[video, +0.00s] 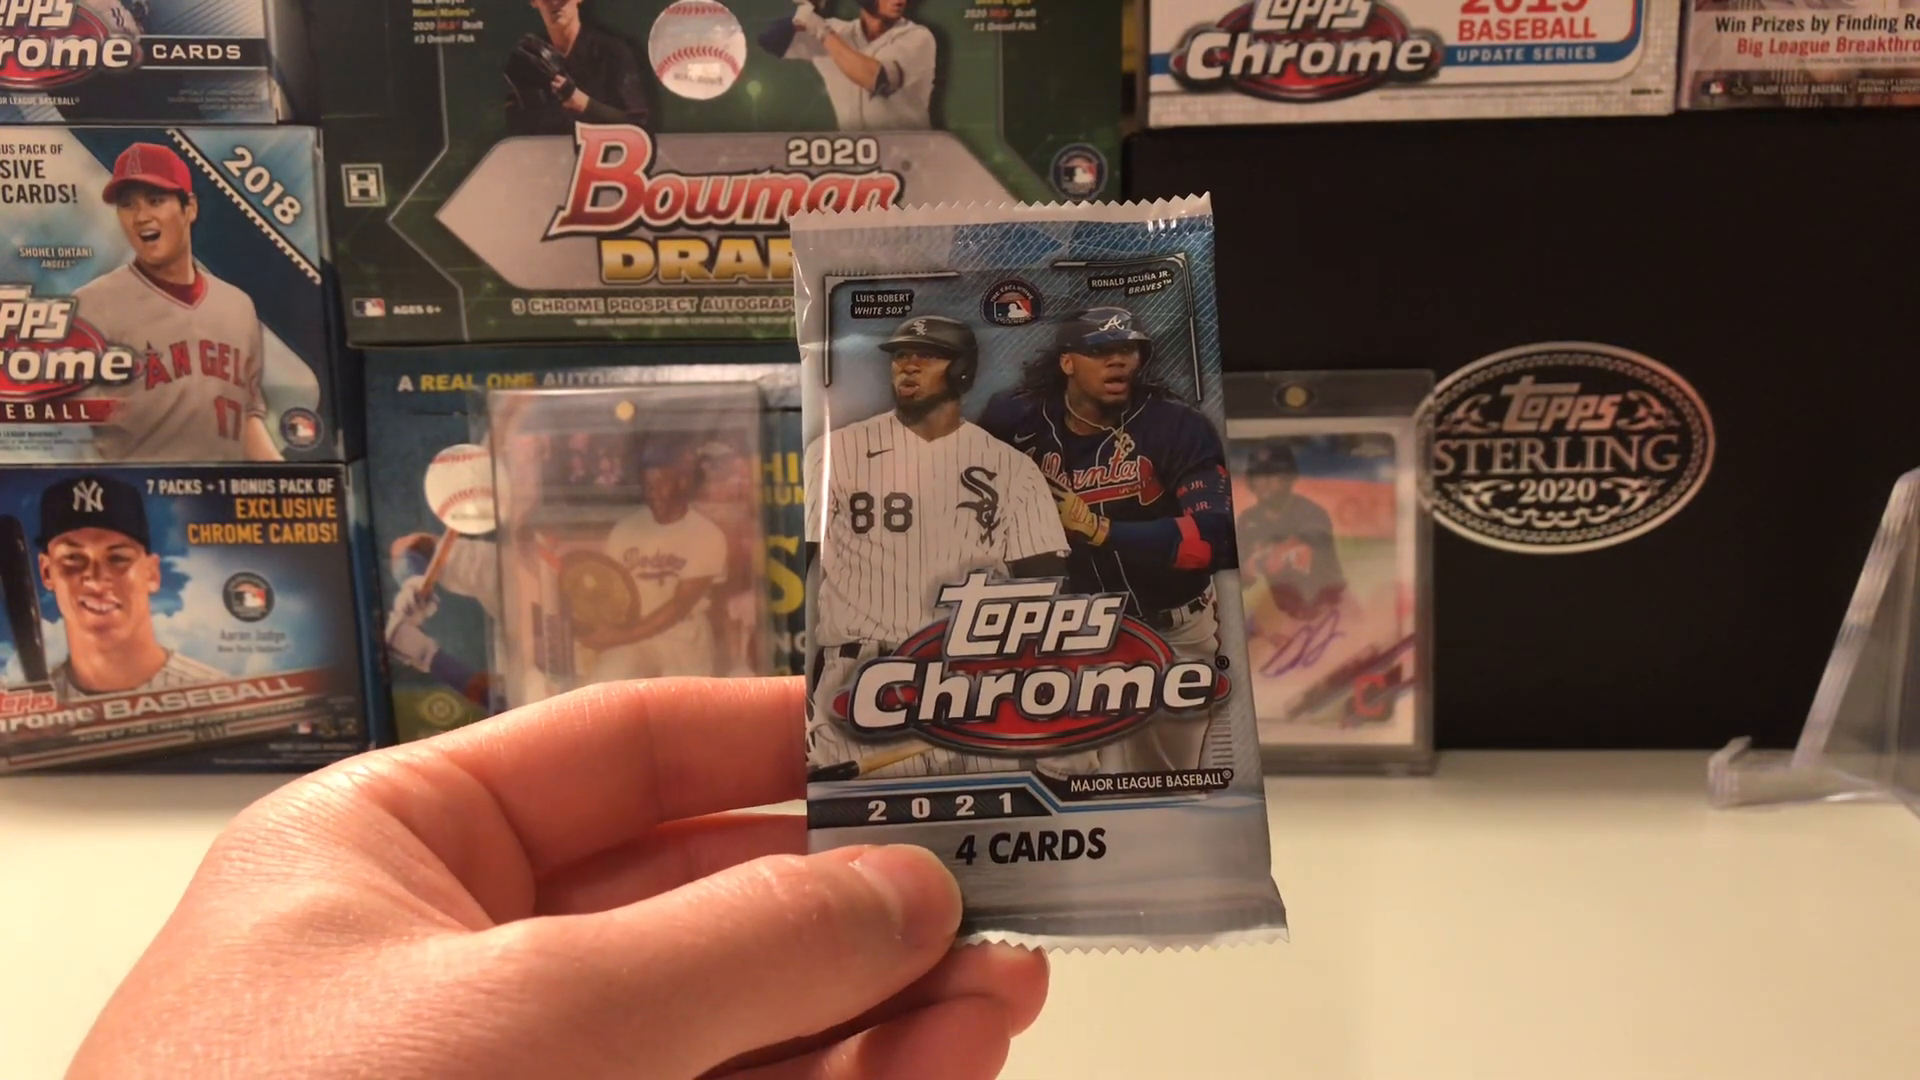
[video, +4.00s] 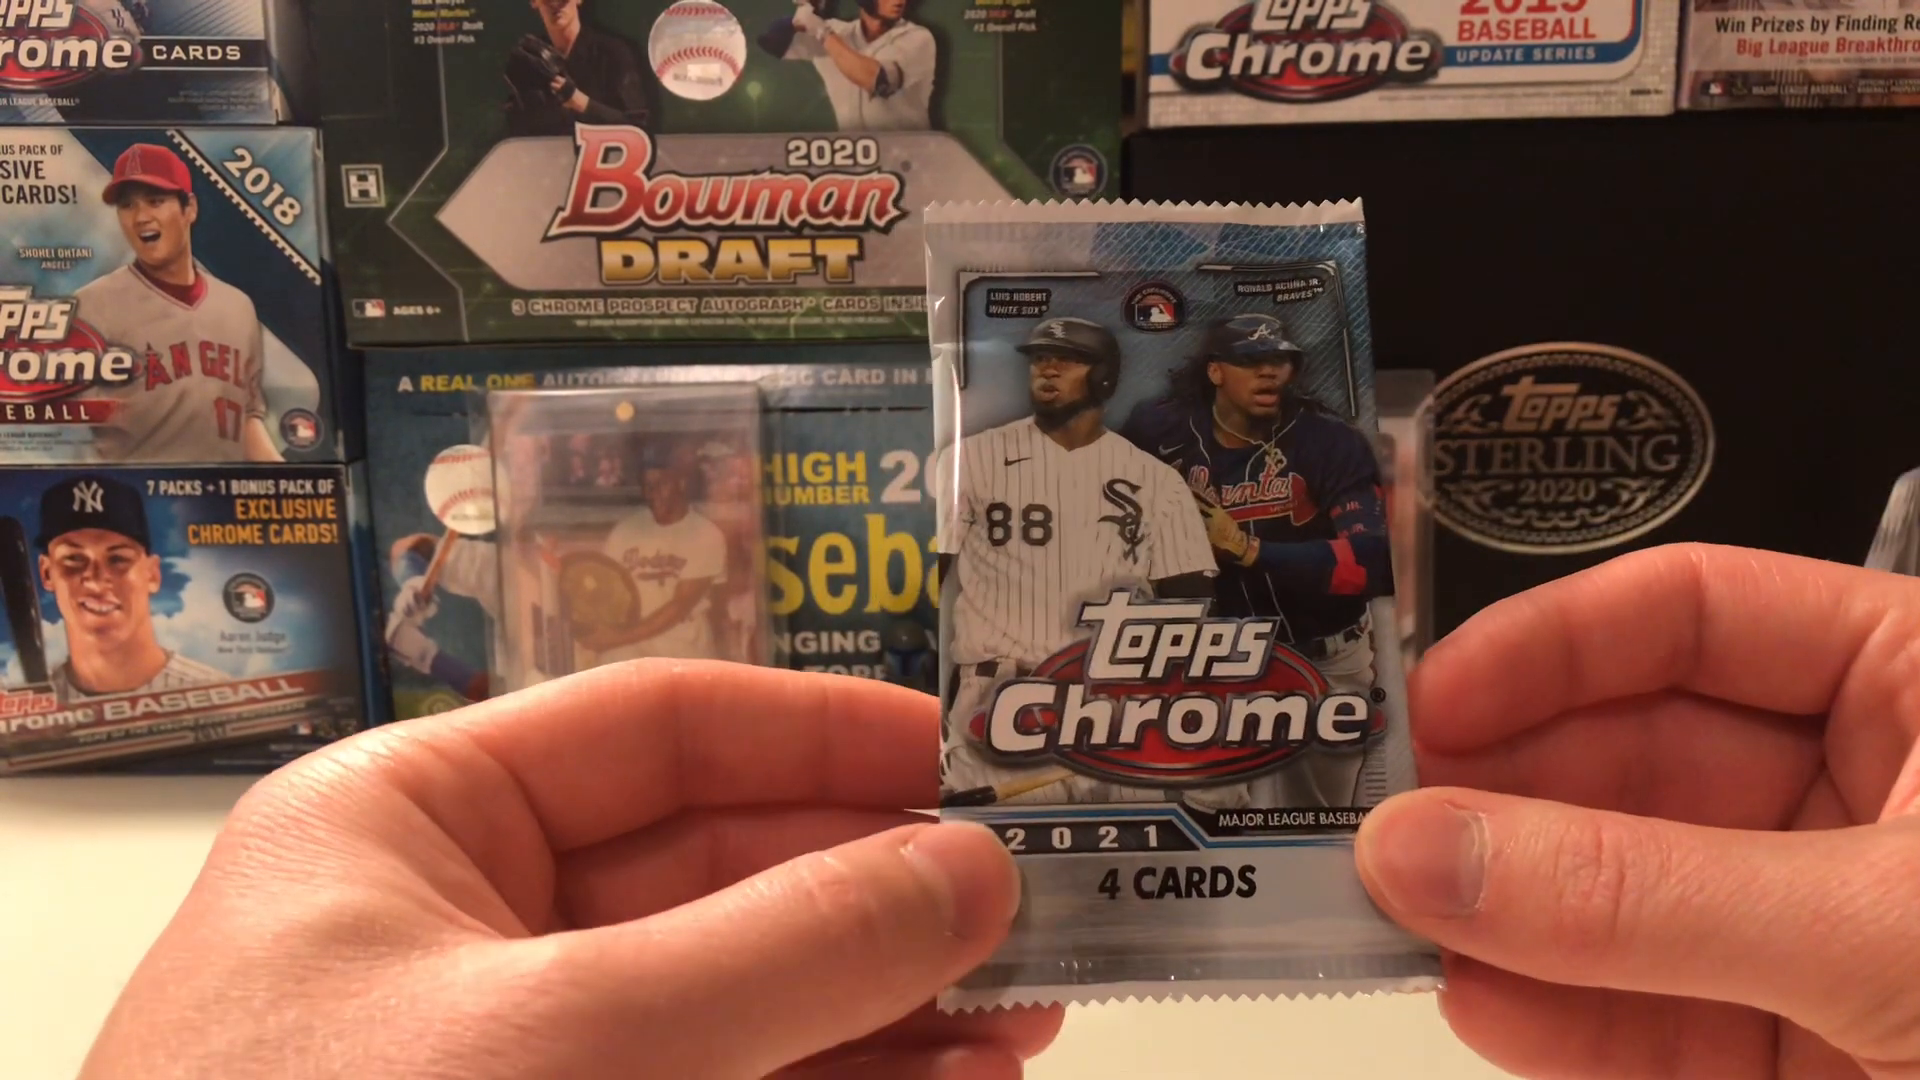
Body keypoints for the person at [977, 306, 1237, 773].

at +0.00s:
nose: (1121, 362)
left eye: (1129, 350)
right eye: (1104, 351)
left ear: (1142, 358)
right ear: (1068, 363)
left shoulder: (1179, 428)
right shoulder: (1016, 421)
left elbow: (1210, 537)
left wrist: (1101, 529)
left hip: (1174, 629)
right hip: (1065, 633)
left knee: (1169, 795)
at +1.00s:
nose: (1126, 358)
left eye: (1135, 346)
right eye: (1108, 348)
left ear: (1148, 355)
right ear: (1073, 360)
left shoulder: (1187, 427)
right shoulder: (1020, 421)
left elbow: (1223, 540)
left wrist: (1107, 531)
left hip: (1178, 630)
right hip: (1068, 633)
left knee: (1172, 799)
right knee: (1072, 793)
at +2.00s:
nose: (1148, 365)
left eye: (1157, 353)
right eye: (1130, 354)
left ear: (1170, 361)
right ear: (1094, 366)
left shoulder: (1208, 432)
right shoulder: (1042, 426)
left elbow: (1242, 548)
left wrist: (1126, 538)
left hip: (1197, 639)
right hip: (1086, 642)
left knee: (1192, 809)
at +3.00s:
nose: (1213, 361)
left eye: (1221, 347)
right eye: (1194, 349)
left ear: (1234, 355)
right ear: (1155, 362)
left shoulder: (1274, 433)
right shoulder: (1097, 424)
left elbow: (1312, 557)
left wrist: (1191, 543)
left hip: (1264, 646)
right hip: (1143, 649)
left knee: (1265, 815)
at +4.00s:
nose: (1271, 373)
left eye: (1279, 360)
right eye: (1253, 361)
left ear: (1292, 368)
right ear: (1215, 372)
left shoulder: (1331, 444)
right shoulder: (1162, 435)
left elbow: (1373, 562)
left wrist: (1251, 550)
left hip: (1328, 657)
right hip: (1213, 659)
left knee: (1328, 827)